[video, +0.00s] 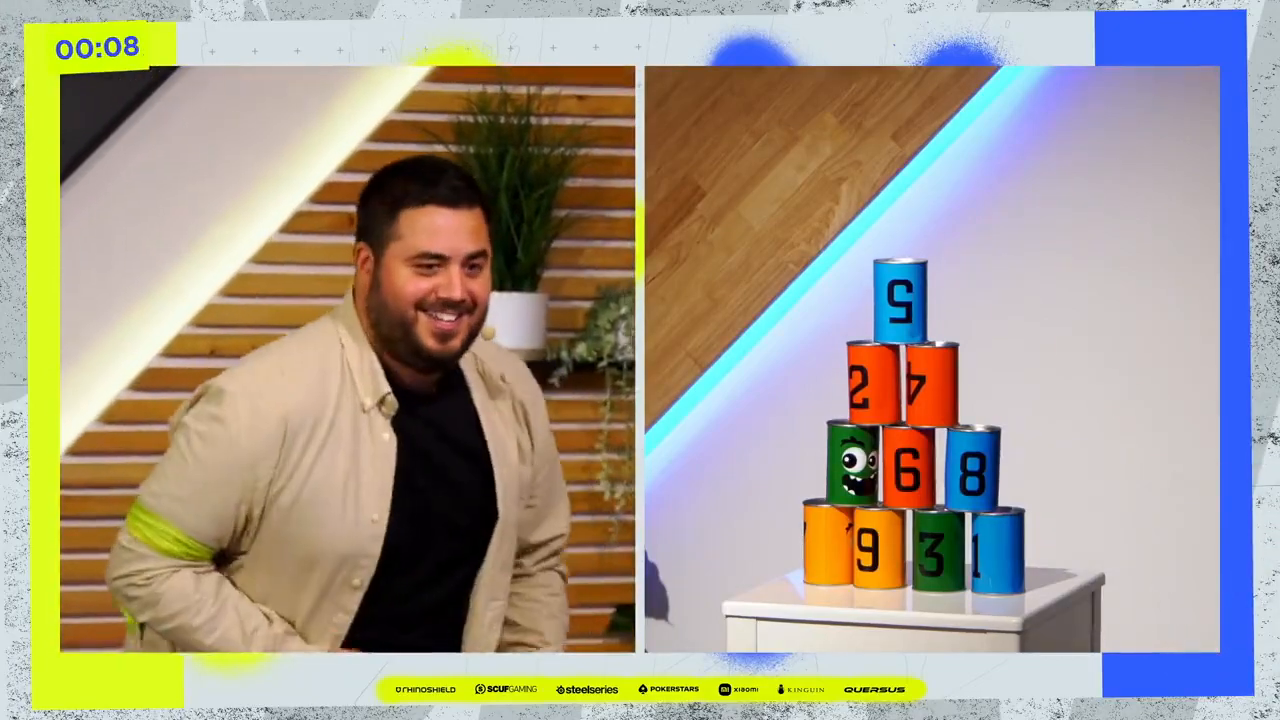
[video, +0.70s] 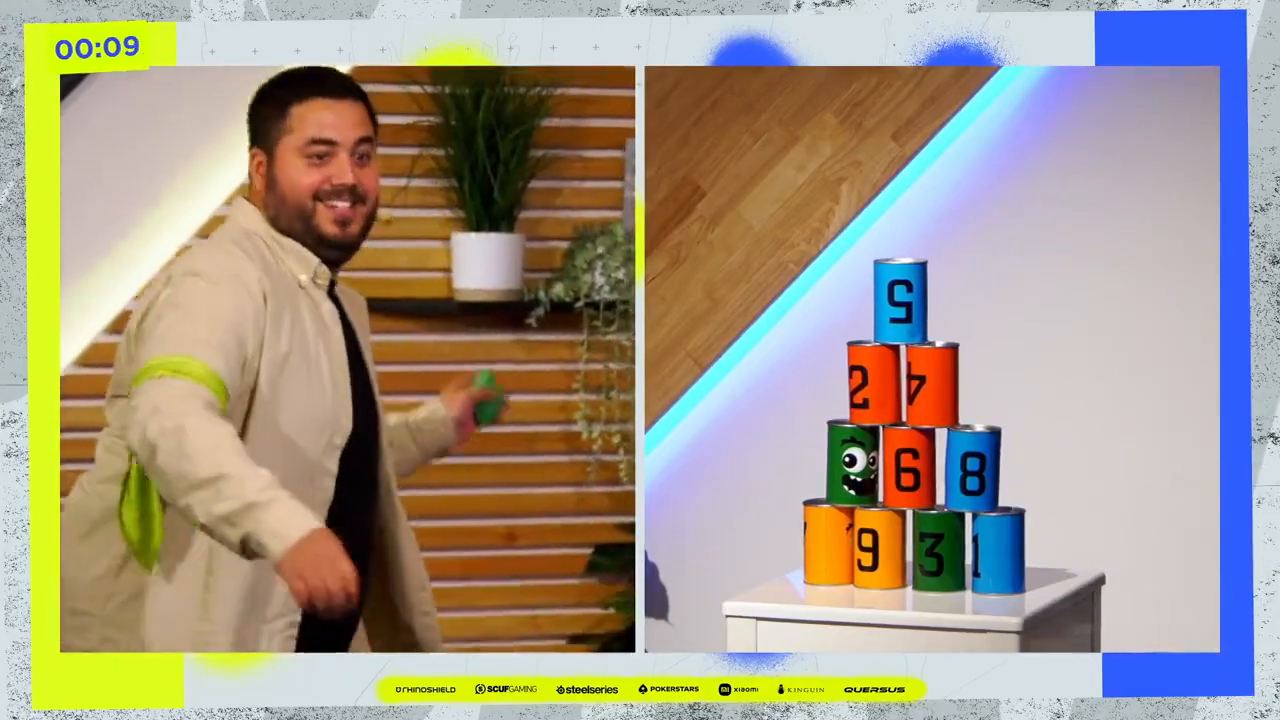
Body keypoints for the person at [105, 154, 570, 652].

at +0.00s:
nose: (456, 293)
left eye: (474, 266)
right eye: (427, 266)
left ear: (491, 269)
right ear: (366, 266)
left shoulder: (509, 385)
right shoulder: (260, 402)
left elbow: (538, 561)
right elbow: (149, 566)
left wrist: (521, 685)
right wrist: (309, 668)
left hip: (451, 704)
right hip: (275, 710)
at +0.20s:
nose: (458, 307)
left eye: (477, 282)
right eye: (433, 280)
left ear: (494, 269)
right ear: (372, 255)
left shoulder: (469, 366)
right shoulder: (281, 374)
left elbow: (485, 555)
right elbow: (182, 559)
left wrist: (535, 682)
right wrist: (325, 681)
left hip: (421, 694)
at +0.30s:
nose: (442, 294)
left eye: (461, 271)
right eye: (418, 266)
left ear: (478, 261)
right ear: (359, 244)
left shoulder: (438, 358)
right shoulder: (275, 356)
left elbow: (413, 540)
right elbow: (178, 541)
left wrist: (494, 624)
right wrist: (324, 655)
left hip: (373, 684)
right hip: (223, 686)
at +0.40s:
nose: (419, 248)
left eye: (438, 225)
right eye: (395, 219)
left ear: (451, 236)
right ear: (334, 220)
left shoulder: (400, 347)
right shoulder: (265, 333)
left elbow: (371, 520)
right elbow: (170, 519)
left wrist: (459, 596)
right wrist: (308, 644)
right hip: (200, 675)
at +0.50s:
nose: (388, 212)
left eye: (405, 190)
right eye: (361, 187)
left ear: (418, 202)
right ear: (301, 194)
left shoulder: (367, 321)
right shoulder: (246, 311)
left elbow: (322, 499)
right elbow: (178, 494)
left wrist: (430, 559)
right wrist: (325, 623)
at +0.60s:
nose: (362, 190)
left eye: (379, 168)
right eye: (335, 166)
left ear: (392, 182)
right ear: (275, 178)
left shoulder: (330, 304)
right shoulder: (230, 289)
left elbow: (296, 483)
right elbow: (184, 450)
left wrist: (420, 505)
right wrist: (331, 575)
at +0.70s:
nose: (347, 178)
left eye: (362, 155)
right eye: (318, 155)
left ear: (378, 168)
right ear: (261, 170)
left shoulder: (324, 298)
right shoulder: (220, 275)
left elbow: (319, 464)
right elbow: (169, 417)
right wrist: (289, 535)